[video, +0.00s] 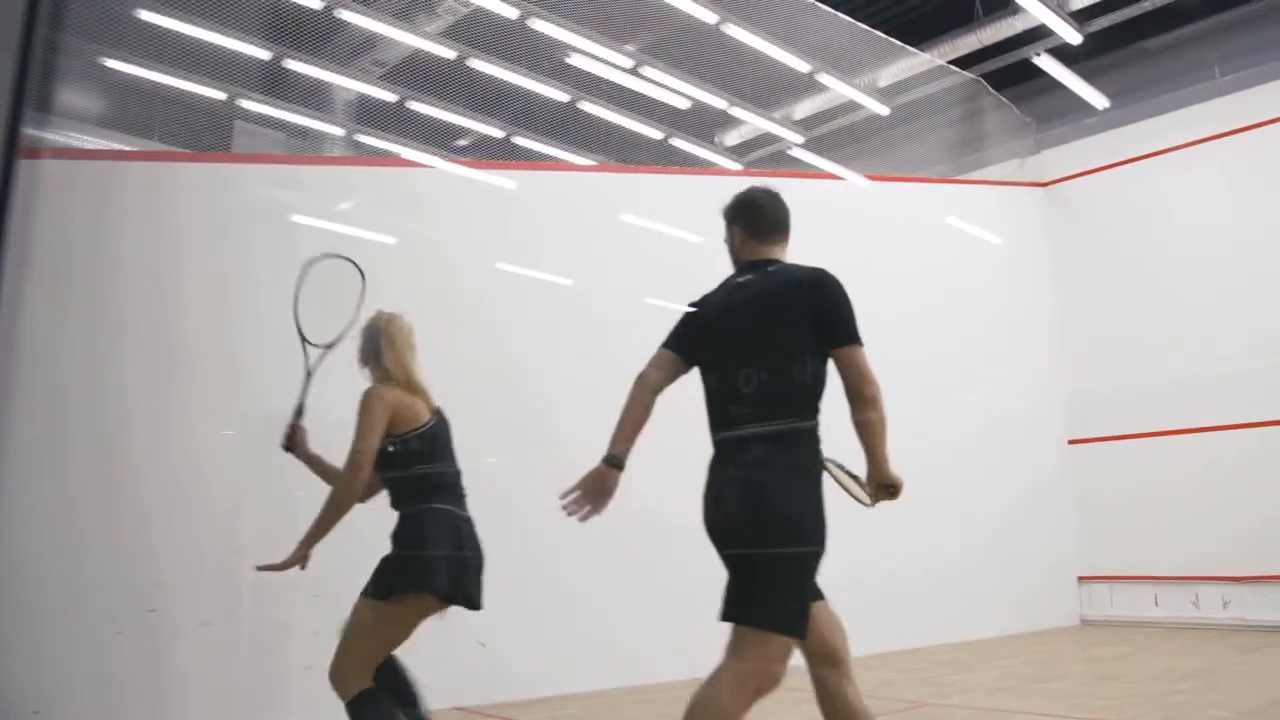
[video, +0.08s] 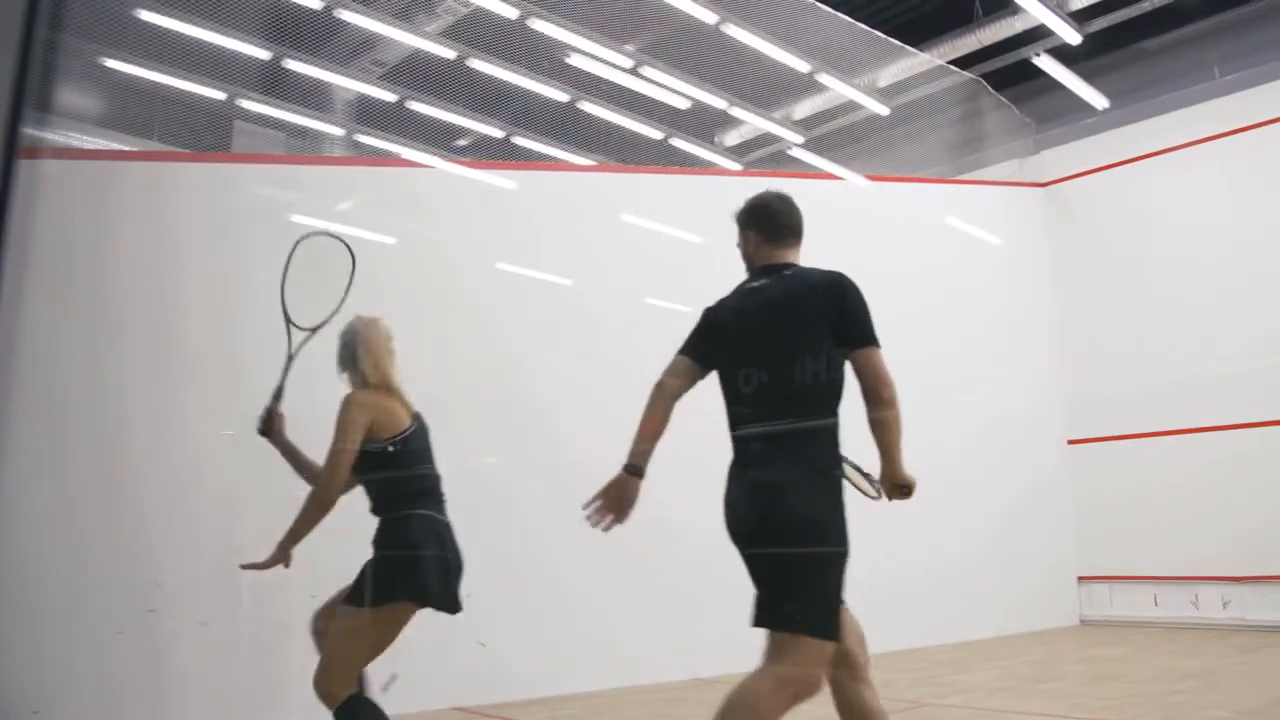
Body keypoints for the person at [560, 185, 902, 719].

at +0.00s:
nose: (728, 243)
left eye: (727, 236)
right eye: (730, 236)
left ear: (733, 238)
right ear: (788, 237)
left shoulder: (709, 309)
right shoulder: (817, 288)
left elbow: (649, 380)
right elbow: (864, 391)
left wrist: (612, 463)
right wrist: (880, 469)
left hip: (728, 498)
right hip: (788, 494)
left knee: (828, 643)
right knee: (755, 667)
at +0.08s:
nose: (740, 247)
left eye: (739, 240)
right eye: (743, 240)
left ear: (746, 243)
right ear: (800, 241)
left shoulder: (725, 314)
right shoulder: (833, 290)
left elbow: (667, 387)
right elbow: (879, 390)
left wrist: (632, 470)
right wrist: (893, 468)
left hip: (748, 498)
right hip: (809, 495)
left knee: (846, 644)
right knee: (796, 672)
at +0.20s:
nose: (759, 253)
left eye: (759, 244)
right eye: (760, 244)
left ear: (768, 245)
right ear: (817, 243)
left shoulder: (748, 317)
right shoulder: (858, 294)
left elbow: (692, 394)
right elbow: (904, 391)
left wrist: (668, 480)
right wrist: (915, 469)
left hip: (773, 494)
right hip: (839, 490)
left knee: (860, 653)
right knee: (868, 669)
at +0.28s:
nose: (772, 255)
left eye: (772, 246)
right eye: (772, 247)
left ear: (781, 244)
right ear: (830, 243)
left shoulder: (759, 315)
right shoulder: (872, 294)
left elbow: (707, 393)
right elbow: (919, 391)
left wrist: (693, 483)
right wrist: (928, 470)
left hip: (786, 495)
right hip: (855, 488)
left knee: (870, 657)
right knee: (905, 665)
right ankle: (826, 713)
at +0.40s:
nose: (787, 254)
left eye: (788, 243)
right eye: (786, 244)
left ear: (804, 239)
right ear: (846, 242)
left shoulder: (775, 311)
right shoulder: (889, 295)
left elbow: (726, 388)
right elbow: (940, 388)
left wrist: (726, 476)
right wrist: (950, 470)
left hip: (804, 490)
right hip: (874, 483)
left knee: (874, 645)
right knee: (934, 644)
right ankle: (891, 710)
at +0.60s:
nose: (811, 252)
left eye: (813, 239)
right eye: (811, 240)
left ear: (831, 236)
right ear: (869, 240)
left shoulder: (800, 304)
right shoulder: (916, 296)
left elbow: (753, 373)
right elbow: (964, 383)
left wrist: (761, 458)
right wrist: (978, 469)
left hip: (831, 489)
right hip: (904, 481)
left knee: (883, 638)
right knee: (955, 627)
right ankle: (968, 713)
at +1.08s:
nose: (868, 267)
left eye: (868, 261)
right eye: (871, 261)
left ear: (871, 263)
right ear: (921, 262)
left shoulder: (846, 323)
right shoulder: (958, 325)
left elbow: (799, 373)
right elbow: (1001, 407)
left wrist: (788, 458)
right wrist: (1011, 491)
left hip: (871, 507)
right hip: (942, 504)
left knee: (908, 648)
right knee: (985, 635)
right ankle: (1013, 717)